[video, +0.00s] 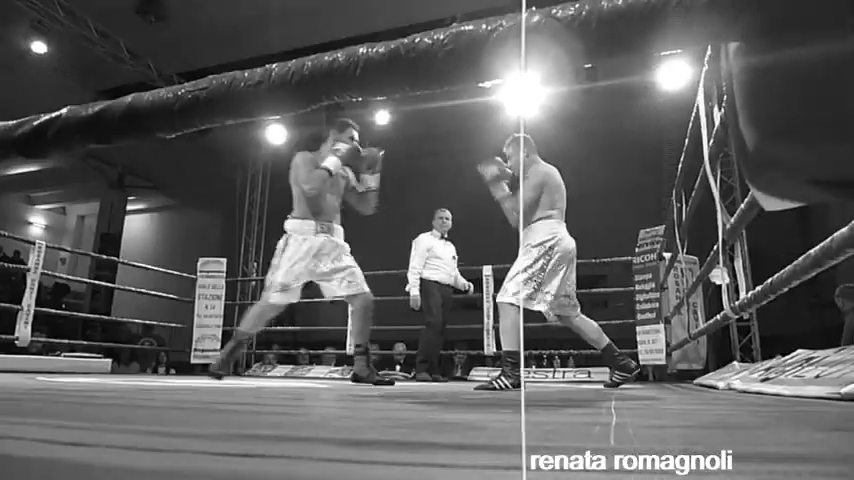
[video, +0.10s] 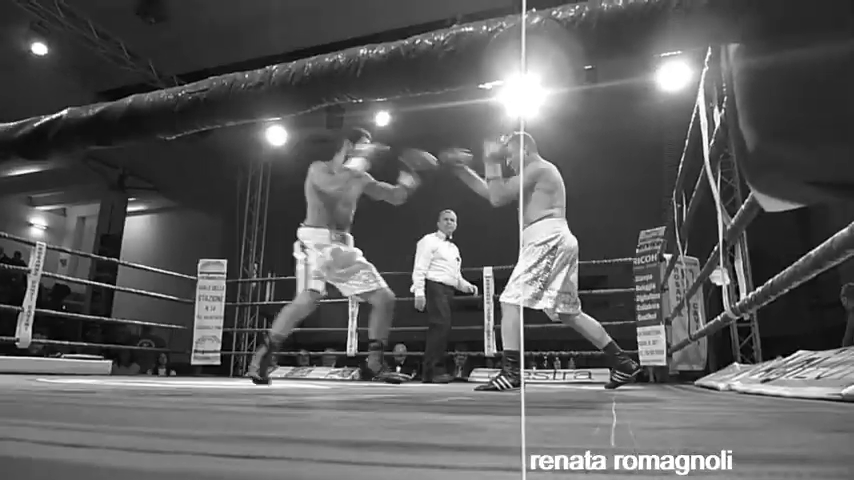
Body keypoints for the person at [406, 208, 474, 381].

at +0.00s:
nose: (444, 221)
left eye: (447, 219)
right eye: (441, 218)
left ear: (451, 224)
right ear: (433, 221)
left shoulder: (450, 247)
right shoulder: (423, 240)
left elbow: (453, 272)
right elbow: (414, 267)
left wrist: (464, 284)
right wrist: (414, 291)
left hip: (446, 286)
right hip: (429, 283)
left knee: (441, 326)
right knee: (433, 323)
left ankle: (433, 369)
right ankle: (421, 368)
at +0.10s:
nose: (450, 223)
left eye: (453, 221)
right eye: (446, 220)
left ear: (456, 225)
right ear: (438, 223)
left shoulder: (453, 248)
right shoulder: (428, 241)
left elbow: (455, 275)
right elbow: (419, 269)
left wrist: (468, 287)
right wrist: (419, 292)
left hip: (448, 287)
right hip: (434, 284)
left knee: (442, 326)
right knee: (440, 324)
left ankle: (434, 369)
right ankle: (433, 370)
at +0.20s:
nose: (456, 221)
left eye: (459, 218)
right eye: (452, 218)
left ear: (462, 223)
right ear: (445, 221)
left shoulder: (458, 246)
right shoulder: (435, 239)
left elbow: (459, 275)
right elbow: (427, 267)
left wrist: (472, 288)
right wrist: (427, 291)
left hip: (454, 285)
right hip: (440, 283)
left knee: (445, 323)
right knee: (450, 321)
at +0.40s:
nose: (469, 220)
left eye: (470, 217)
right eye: (465, 215)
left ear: (470, 221)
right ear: (456, 217)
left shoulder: (466, 244)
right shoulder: (451, 238)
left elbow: (466, 273)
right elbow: (441, 265)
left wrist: (478, 287)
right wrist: (440, 291)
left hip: (465, 284)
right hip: (453, 282)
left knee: (453, 326)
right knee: (464, 323)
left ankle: (430, 366)